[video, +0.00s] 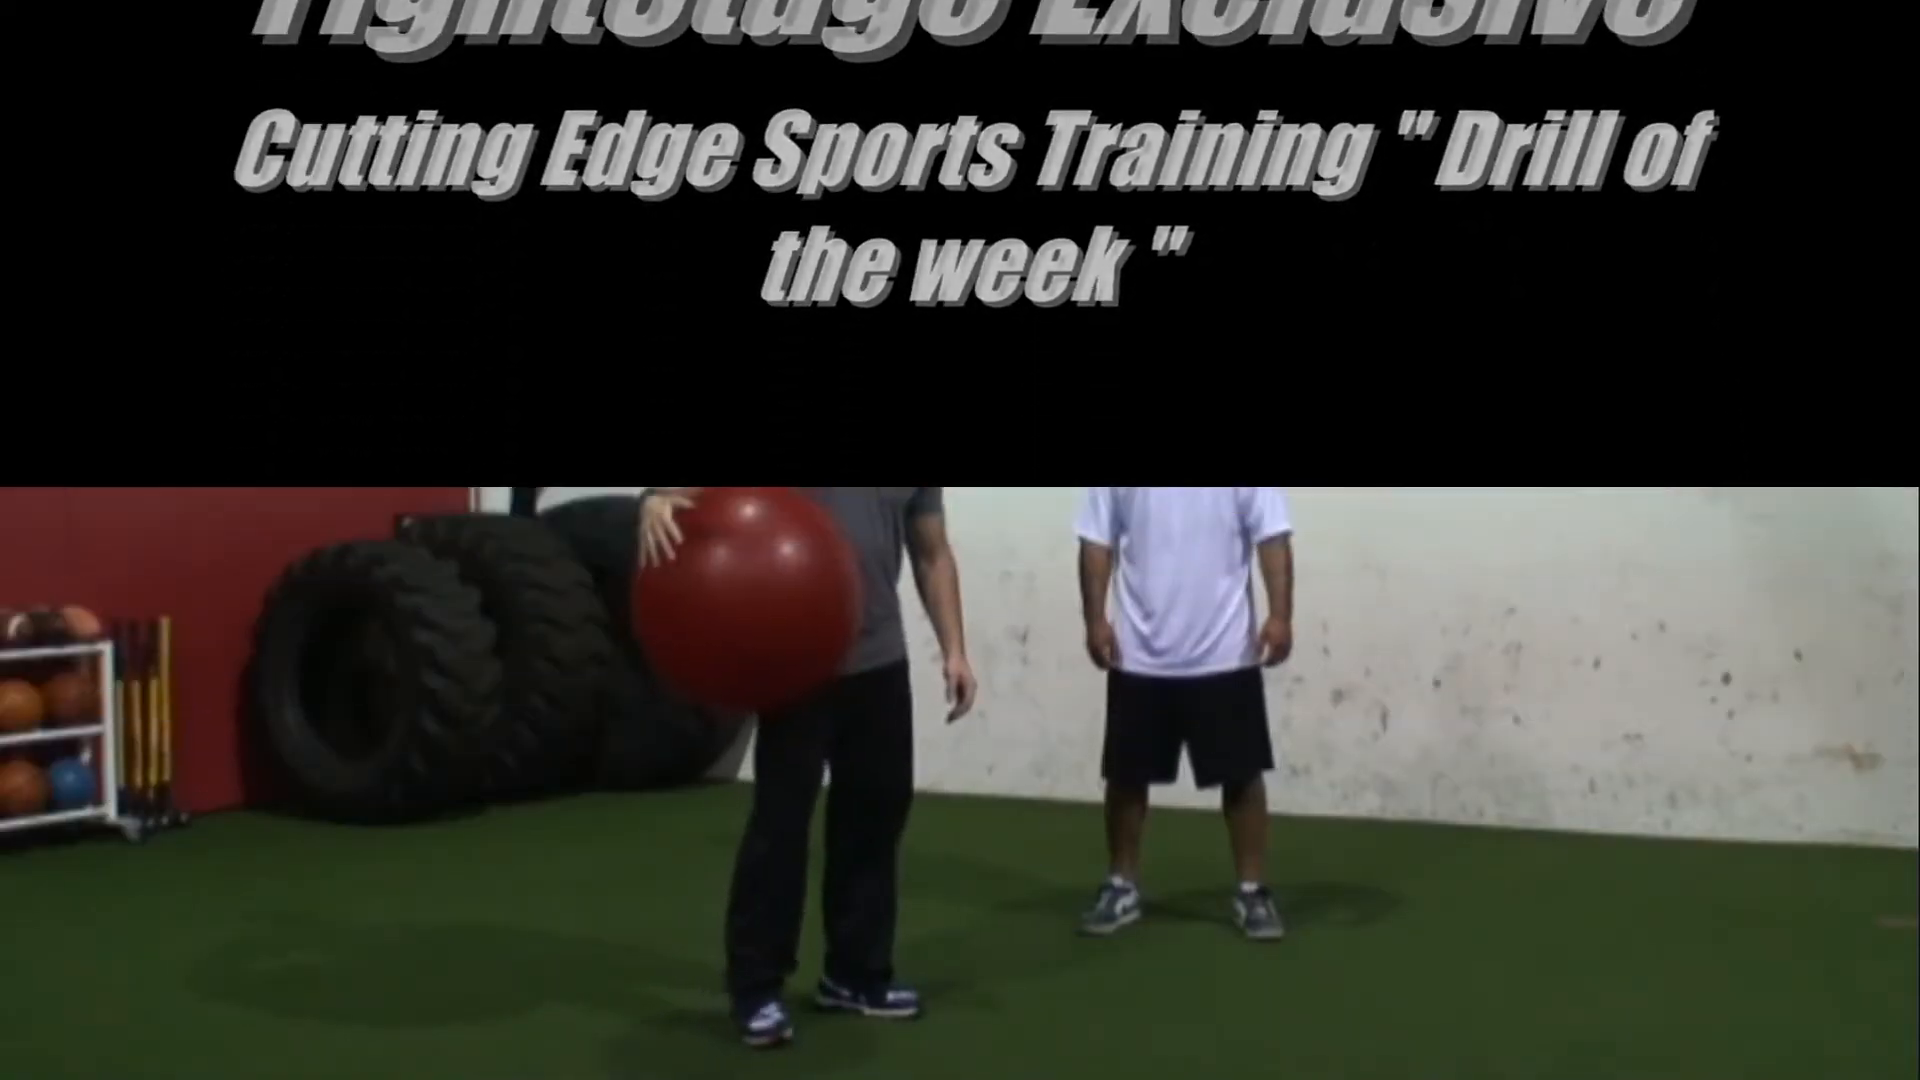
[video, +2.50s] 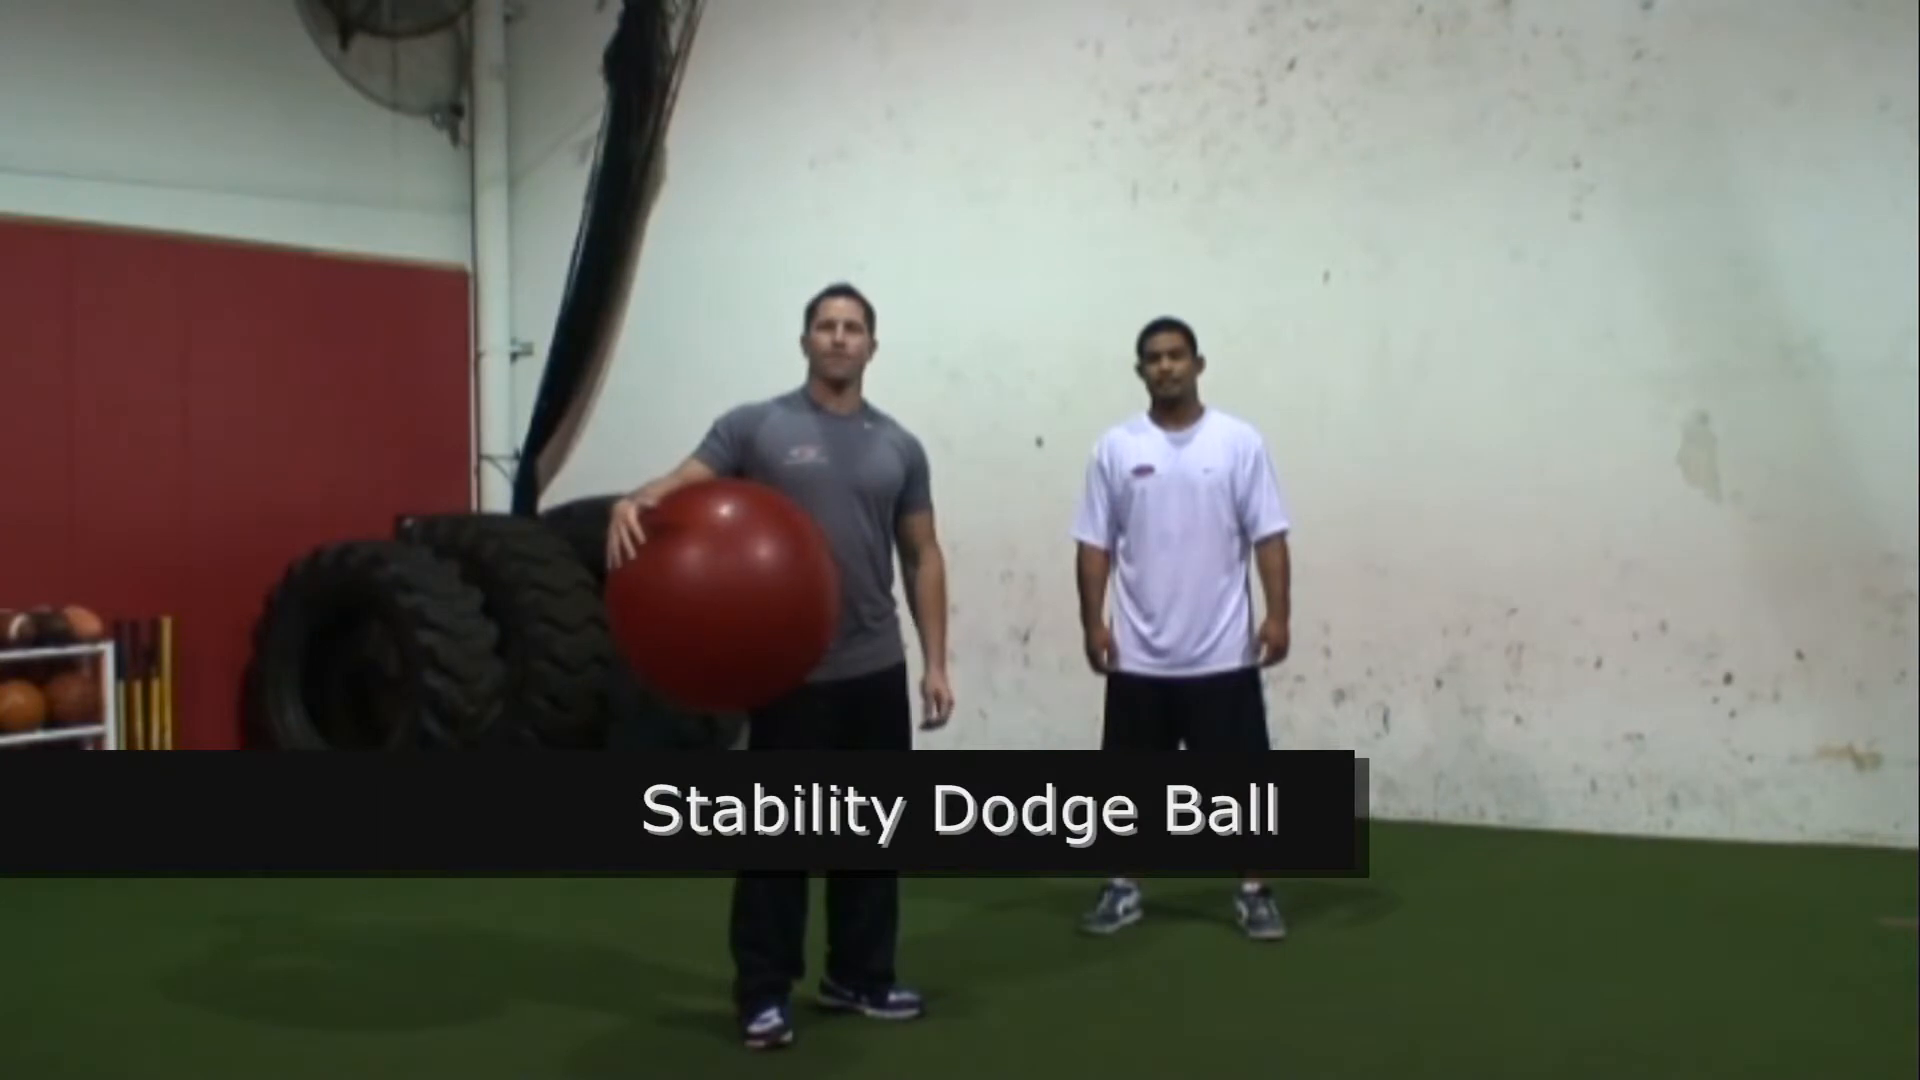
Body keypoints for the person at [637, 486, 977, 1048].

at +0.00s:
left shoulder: (909, 491)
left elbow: (931, 548)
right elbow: (709, 502)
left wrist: (955, 648)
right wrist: (658, 498)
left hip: (877, 657)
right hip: (793, 656)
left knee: (873, 819)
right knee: (782, 821)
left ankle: (856, 975)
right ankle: (757, 991)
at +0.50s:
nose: (858, 341)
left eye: (872, 331)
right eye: (846, 329)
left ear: (892, 347)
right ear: (825, 343)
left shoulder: (918, 449)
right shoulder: (774, 423)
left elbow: (939, 557)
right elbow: (697, 476)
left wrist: (953, 658)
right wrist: (645, 500)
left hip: (886, 667)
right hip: (798, 669)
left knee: (881, 827)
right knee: (782, 831)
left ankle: (860, 975)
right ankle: (764, 993)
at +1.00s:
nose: (833, 337)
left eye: (847, 326)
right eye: (821, 327)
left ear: (872, 341)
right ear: (804, 343)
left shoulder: (907, 443)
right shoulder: (757, 427)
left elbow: (942, 545)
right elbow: (683, 486)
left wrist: (950, 638)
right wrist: (625, 503)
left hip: (879, 665)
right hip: (787, 668)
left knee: (876, 831)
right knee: (776, 832)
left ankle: (860, 976)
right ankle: (765, 994)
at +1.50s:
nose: (828, 340)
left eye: (841, 329)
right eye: (816, 330)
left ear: (867, 342)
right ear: (800, 343)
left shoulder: (903, 445)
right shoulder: (753, 428)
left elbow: (934, 551)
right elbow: (679, 488)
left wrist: (949, 657)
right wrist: (618, 507)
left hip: (876, 669)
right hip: (784, 673)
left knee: (875, 831)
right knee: (776, 834)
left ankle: (859, 976)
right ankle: (765, 993)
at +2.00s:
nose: (837, 338)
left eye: (850, 328)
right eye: (824, 327)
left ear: (869, 344)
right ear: (802, 341)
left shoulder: (897, 446)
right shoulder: (754, 426)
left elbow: (923, 552)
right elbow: (681, 484)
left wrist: (939, 651)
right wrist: (630, 504)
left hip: (874, 668)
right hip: (784, 673)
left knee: (873, 831)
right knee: (777, 834)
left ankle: (859, 976)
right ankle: (766, 994)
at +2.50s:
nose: (839, 337)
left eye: (853, 327)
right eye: (827, 326)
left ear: (872, 345)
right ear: (804, 341)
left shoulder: (899, 447)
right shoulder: (754, 426)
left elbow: (923, 554)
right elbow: (681, 484)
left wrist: (936, 661)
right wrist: (630, 504)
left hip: (874, 669)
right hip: (785, 674)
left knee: (873, 833)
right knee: (777, 835)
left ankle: (860, 976)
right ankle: (765, 994)